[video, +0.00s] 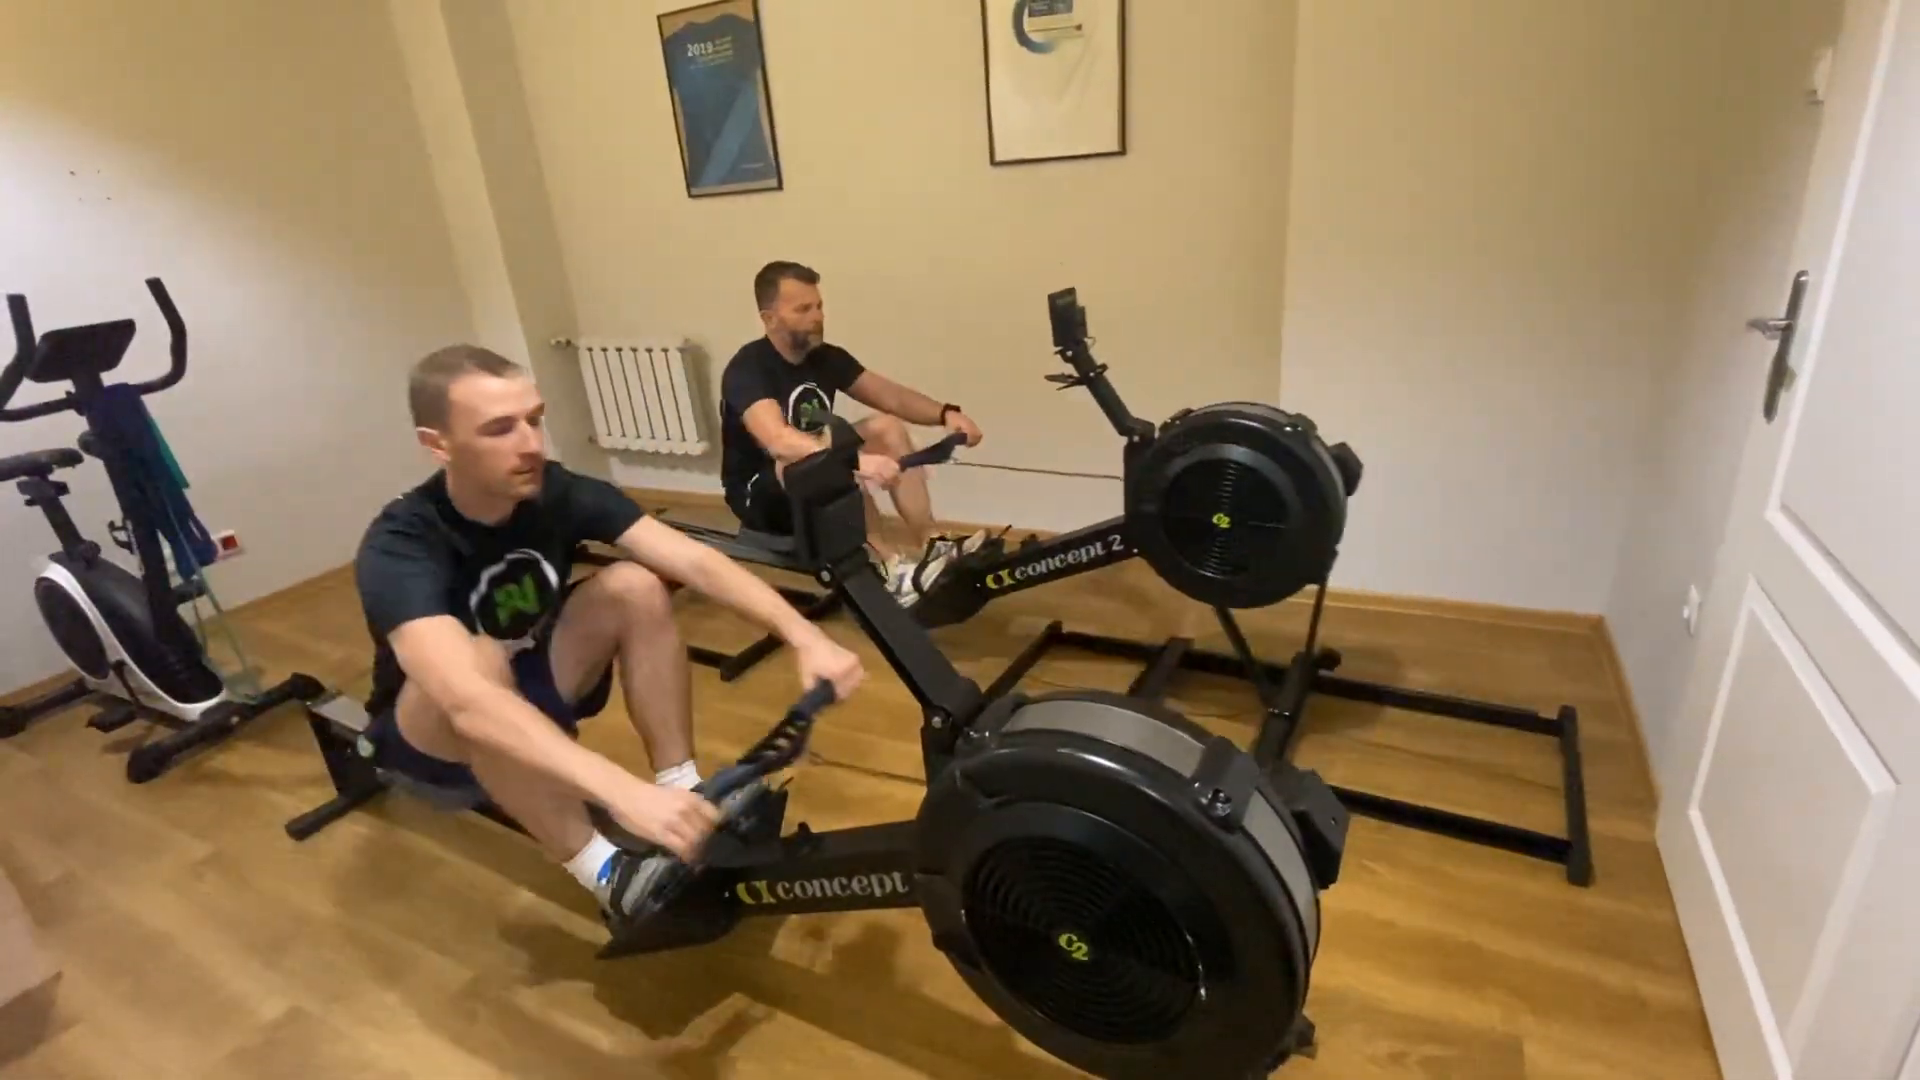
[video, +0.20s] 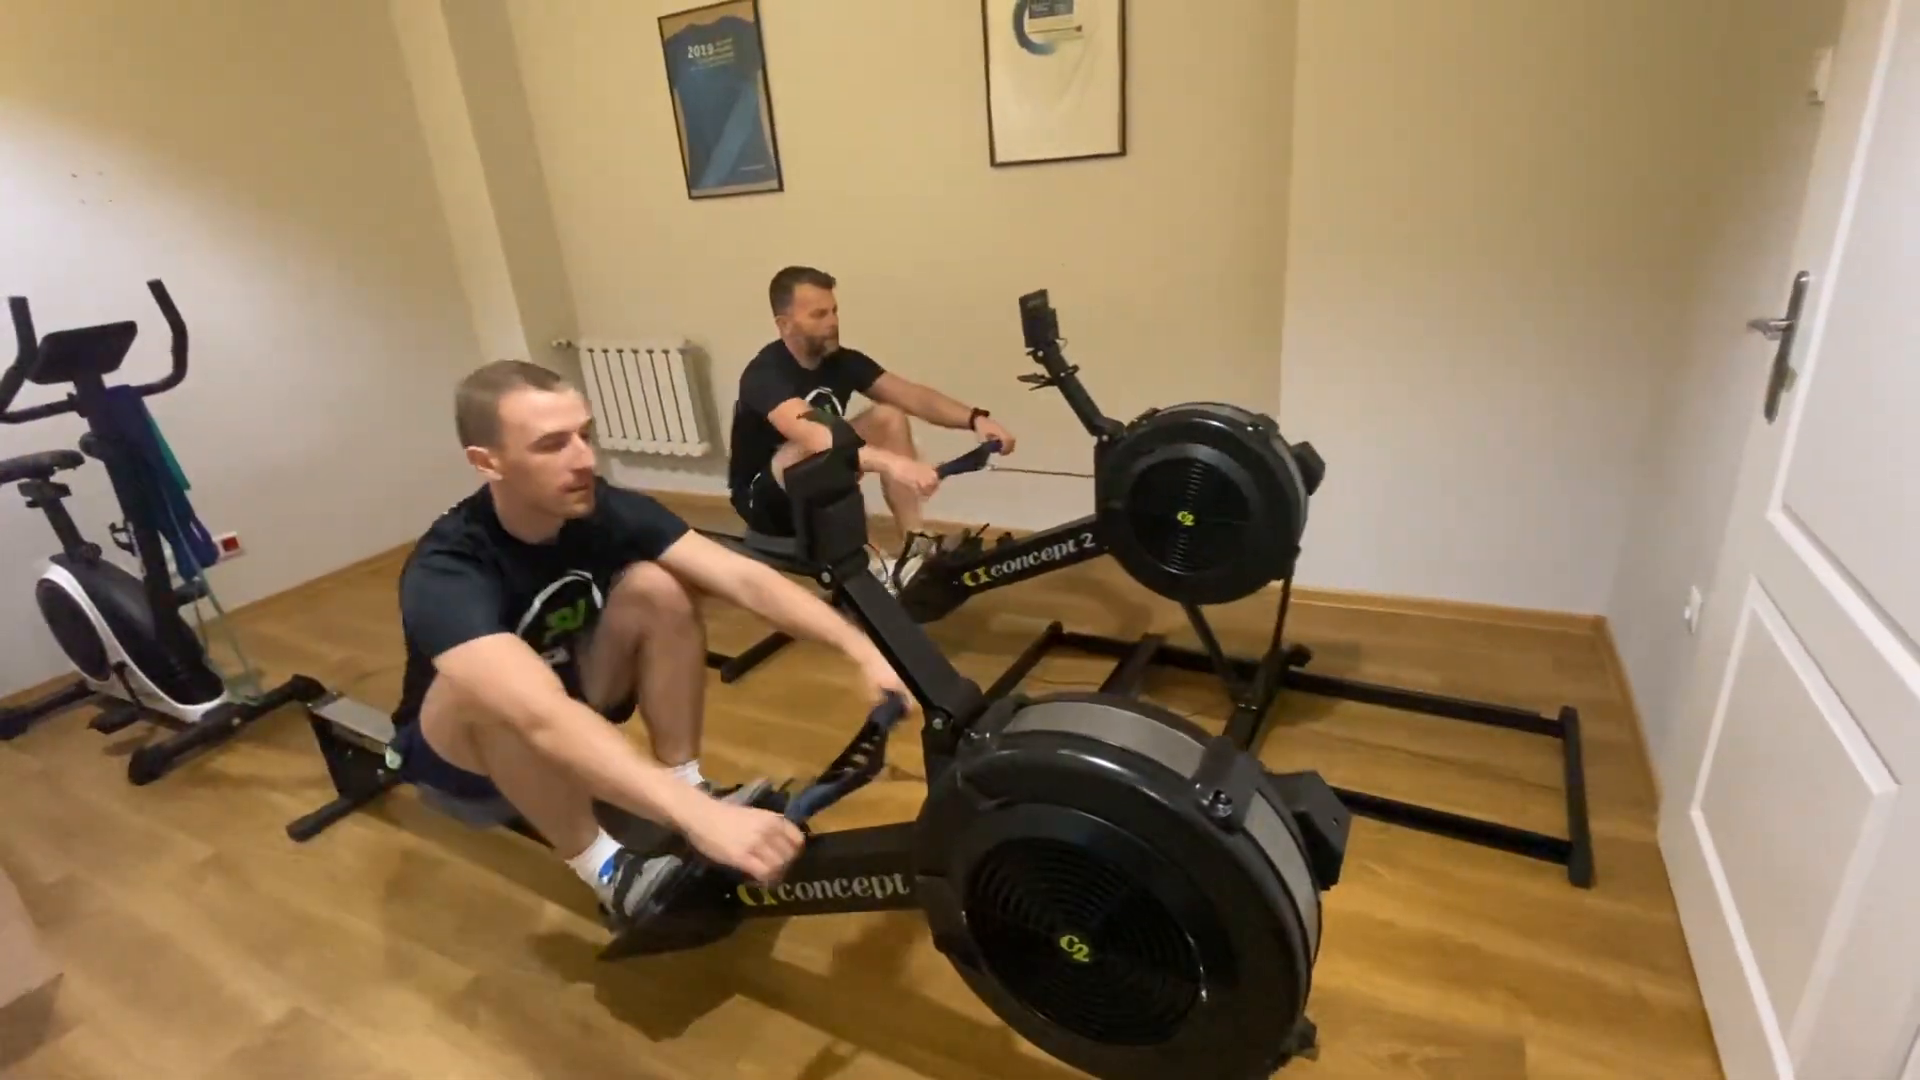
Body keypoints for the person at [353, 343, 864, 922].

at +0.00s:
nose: (530, 445)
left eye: (534, 420)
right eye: (500, 429)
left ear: (542, 416)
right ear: (438, 444)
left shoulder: (560, 494)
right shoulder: (402, 546)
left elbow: (693, 561)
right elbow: (465, 702)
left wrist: (805, 636)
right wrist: (622, 791)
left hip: (527, 686)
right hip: (431, 732)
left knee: (637, 591)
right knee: (472, 660)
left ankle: (683, 801)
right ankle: (607, 877)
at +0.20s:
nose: (585, 459)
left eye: (585, 435)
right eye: (553, 446)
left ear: (592, 430)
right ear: (488, 463)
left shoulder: (608, 513)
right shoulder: (445, 576)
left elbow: (745, 579)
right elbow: (547, 715)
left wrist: (862, 647)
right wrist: (703, 818)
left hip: (570, 715)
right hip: (467, 768)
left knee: (654, 590)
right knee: (498, 683)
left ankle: (683, 794)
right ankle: (610, 873)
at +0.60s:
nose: (472, 418)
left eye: (478, 396)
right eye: (441, 405)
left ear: (489, 395)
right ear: (386, 423)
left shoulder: (512, 481)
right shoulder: (356, 543)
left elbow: (631, 537)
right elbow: (457, 641)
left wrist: (752, 594)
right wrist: (585, 717)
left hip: (516, 687)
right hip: (415, 732)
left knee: (609, 592)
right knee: (471, 671)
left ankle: (693, 809)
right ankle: (615, 882)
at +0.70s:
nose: (395, 401)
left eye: (400, 379)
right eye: (367, 388)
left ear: (412, 377)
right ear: (315, 404)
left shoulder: (451, 466)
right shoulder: (292, 520)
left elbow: (565, 521)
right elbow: (380, 604)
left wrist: (676, 572)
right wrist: (494, 671)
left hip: (479, 647)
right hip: (372, 696)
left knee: (584, 601)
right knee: (461, 681)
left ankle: (693, 808)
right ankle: (614, 883)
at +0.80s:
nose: (350, 392)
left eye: (354, 370)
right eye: (320, 380)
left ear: (367, 368)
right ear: (269, 394)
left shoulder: (410, 458)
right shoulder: (256, 509)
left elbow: (523, 512)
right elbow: (336, 593)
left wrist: (623, 558)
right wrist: (441, 655)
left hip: (455, 633)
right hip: (353, 678)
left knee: (572, 622)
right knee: (453, 691)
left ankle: (695, 809)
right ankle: (613, 883)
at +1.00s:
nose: (270, 399)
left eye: (275, 379)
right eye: (243, 389)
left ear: (287, 372)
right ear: (196, 400)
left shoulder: (349, 462)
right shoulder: (190, 511)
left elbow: (449, 531)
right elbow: (224, 625)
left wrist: (505, 543)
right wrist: (314, 639)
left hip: (403, 626)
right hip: (308, 668)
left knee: (532, 679)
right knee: (432, 727)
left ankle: (697, 812)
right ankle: (608, 889)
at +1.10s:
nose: (259, 408)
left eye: (264, 389)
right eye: (234, 399)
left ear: (275, 382)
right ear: (187, 410)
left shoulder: (341, 470)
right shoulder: (182, 520)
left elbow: (430, 542)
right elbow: (188, 647)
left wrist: (467, 546)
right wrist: (274, 640)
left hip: (399, 624)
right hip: (309, 667)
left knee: (529, 697)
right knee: (441, 749)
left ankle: (697, 813)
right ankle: (612, 893)